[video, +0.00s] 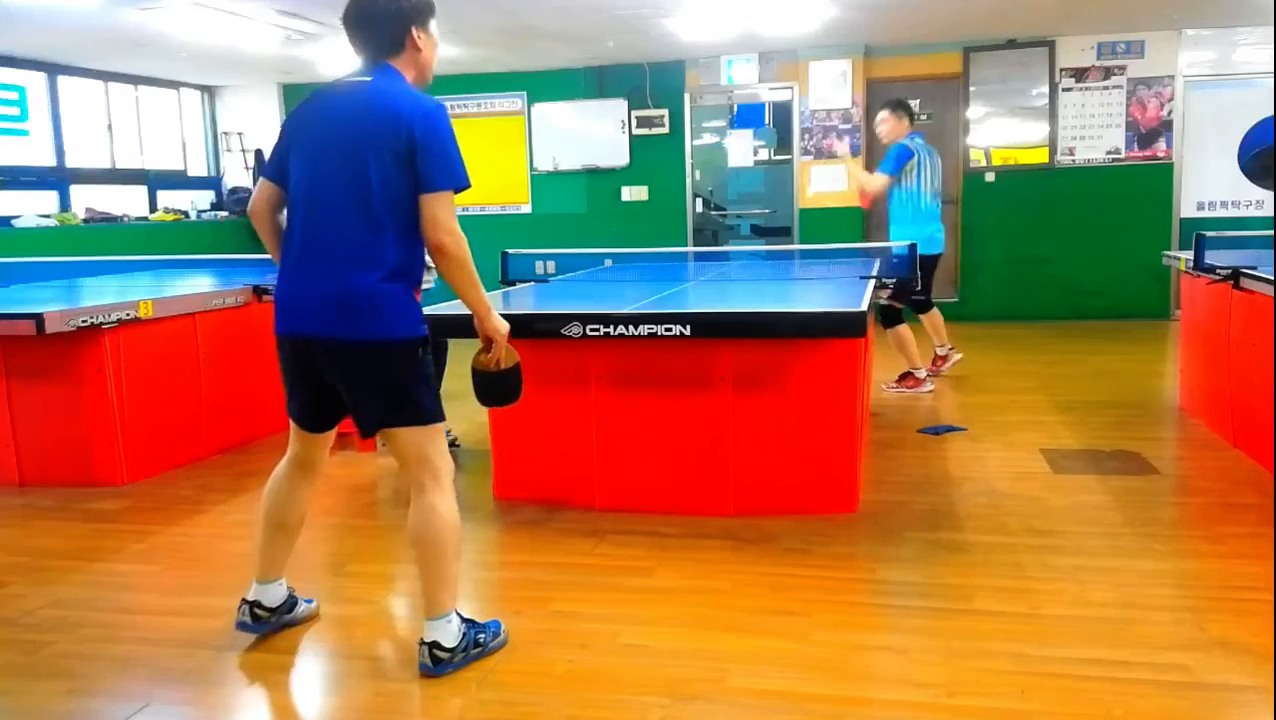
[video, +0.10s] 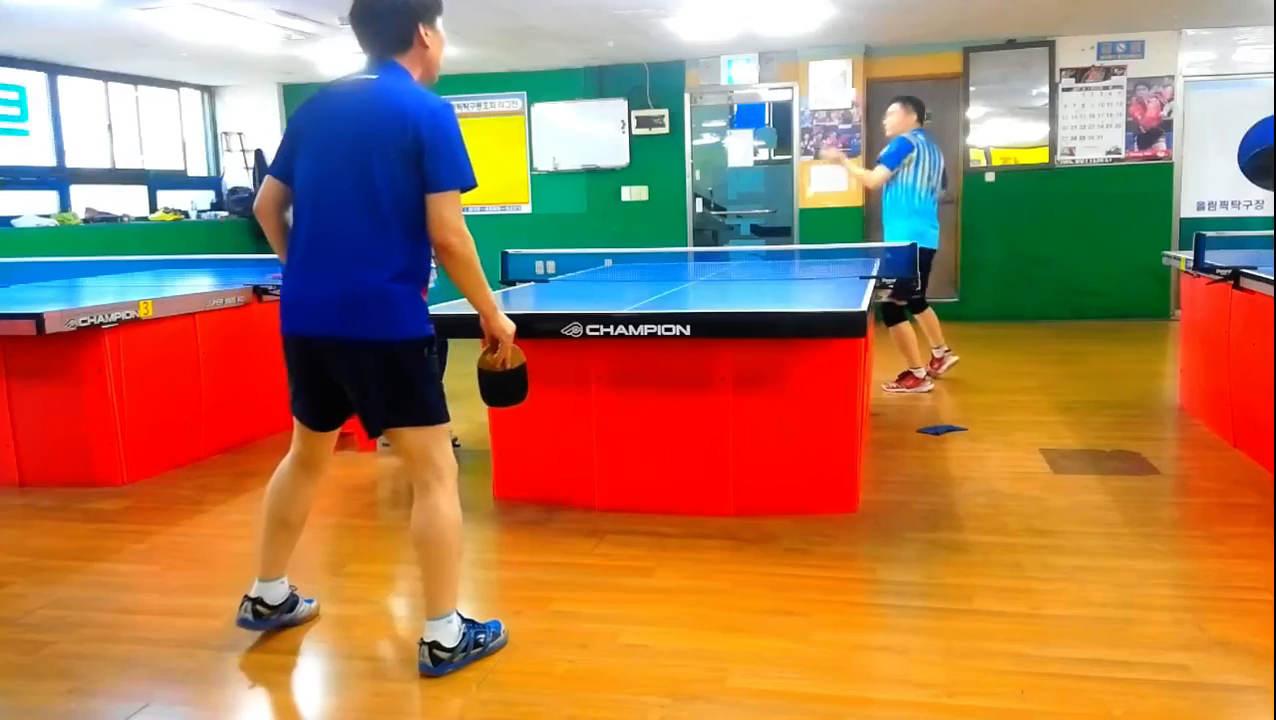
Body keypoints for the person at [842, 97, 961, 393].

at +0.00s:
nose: (879, 129)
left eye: (883, 122)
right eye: (878, 124)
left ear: (902, 121)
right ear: (907, 123)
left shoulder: (900, 149)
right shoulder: (929, 151)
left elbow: (874, 185)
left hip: (910, 243)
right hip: (931, 242)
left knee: (888, 308)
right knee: (920, 298)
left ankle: (917, 375)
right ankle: (944, 350)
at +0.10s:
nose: (885, 120)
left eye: (891, 113)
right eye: (886, 114)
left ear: (911, 117)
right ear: (915, 119)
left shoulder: (902, 143)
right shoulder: (933, 149)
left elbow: (873, 179)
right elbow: (938, 191)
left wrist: (843, 161)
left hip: (903, 238)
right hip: (926, 237)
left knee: (891, 307)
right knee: (917, 300)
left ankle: (916, 374)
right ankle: (941, 352)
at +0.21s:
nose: (891, 119)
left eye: (897, 113)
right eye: (894, 113)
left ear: (916, 118)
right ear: (920, 121)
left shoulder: (903, 143)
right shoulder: (935, 151)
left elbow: (879, 183)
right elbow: (939, 192)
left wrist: (846, 178)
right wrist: (907, 189)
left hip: (902, 237)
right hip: (926, 238)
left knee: (892, 308)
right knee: (917, 300)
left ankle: (917, 374)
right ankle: (941, 355)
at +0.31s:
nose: (893, 118)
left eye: (900, 112)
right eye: (896, 112)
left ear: (918, 119)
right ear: (922, 121)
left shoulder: (904, 142)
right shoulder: (936, 151)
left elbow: (882, 182)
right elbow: (939, 192)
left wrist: (848, 182)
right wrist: (909, 192)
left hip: (902, 237)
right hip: (925, 238)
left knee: (891, 308)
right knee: (919, 301)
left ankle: (917, 375)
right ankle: (943, 355)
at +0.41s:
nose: (896, 118)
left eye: (902, 112)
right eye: (899, 112)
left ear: (920, 118)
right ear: (924, 121)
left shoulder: (904, 142)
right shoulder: (938, 151)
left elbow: (883, 182)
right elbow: (942, 192)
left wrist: (851, 185)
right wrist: (911, 189)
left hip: (902, 237)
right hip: (926, 238)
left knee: (892, 308)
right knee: (919, 301)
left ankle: (917, 375)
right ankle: (944, 354)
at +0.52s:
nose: (897, 119)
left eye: (904, 114)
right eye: (900, 114)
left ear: (921, 120)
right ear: (927, 123)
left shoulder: (902, 144)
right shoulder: (941, 153)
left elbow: (883, 180)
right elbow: (944, 191)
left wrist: (860, 194)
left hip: (904, 238)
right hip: (928, 239)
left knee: (894, 307)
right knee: (919, 300)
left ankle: (918, 375)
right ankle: (946, 356)